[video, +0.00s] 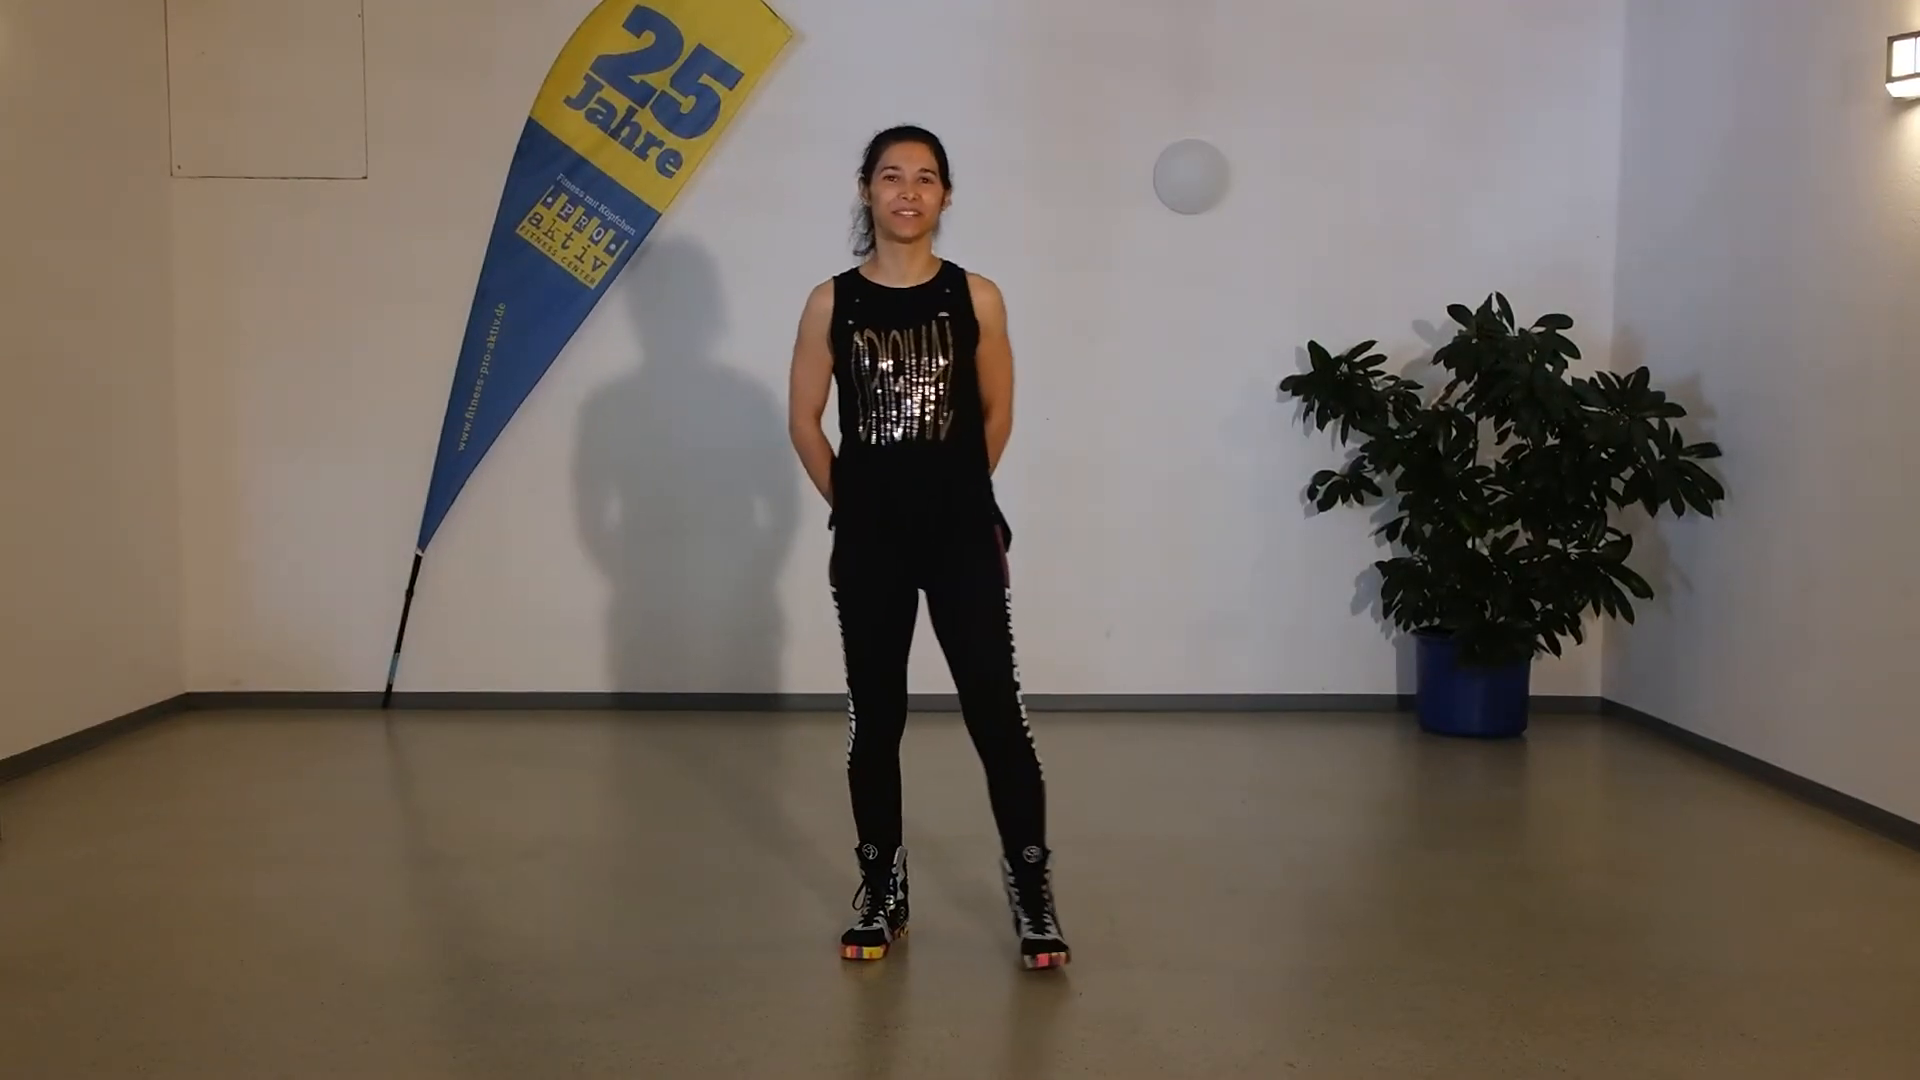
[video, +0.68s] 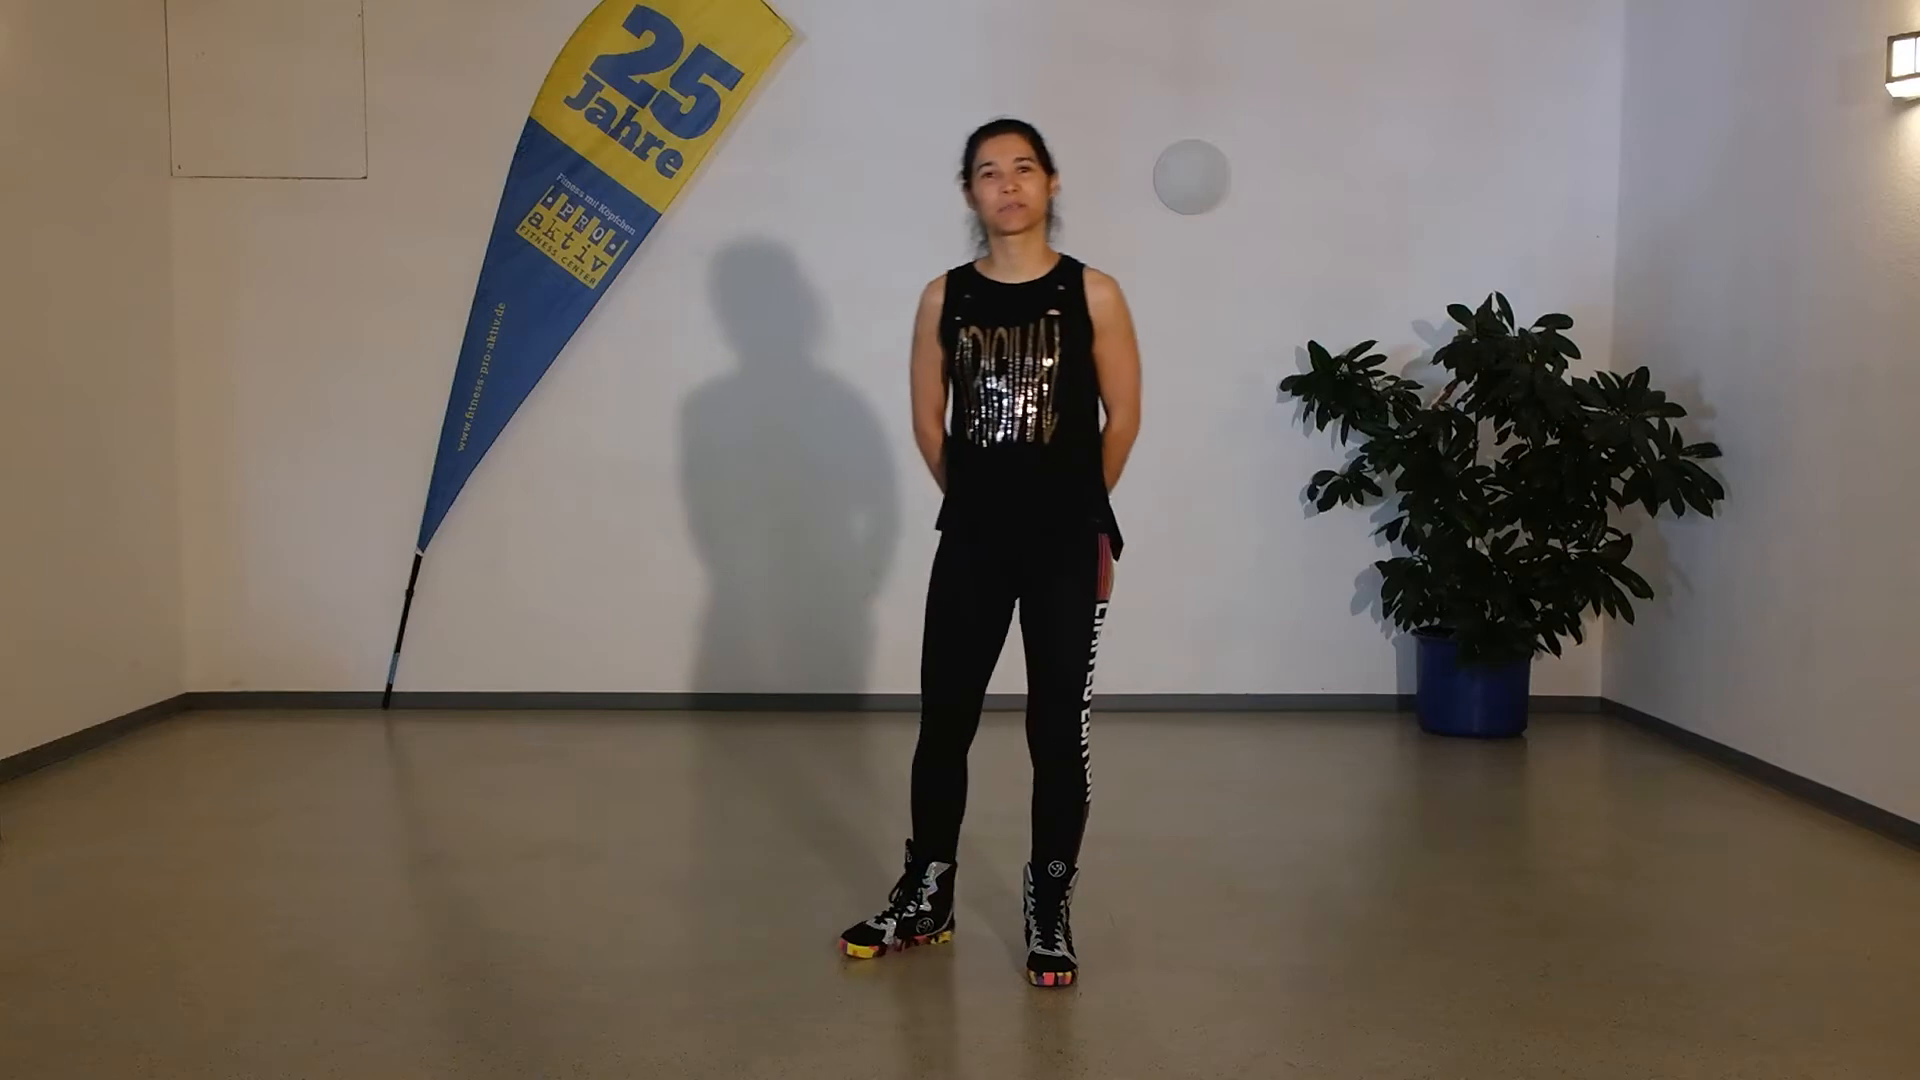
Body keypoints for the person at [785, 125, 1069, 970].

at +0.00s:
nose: (908, 191)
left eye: (924, 179)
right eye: (893, 177)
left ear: (945, 198)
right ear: (866, 193)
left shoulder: (976, 296)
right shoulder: (831, 303)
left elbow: (997, 416)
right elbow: (805, 424)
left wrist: (958, 490)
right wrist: (852, 504)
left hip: (960, 524)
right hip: (869, 527)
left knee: (995, 712)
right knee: (875, 717)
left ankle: (1033, 897)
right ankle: (882, 894)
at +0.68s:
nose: (1005, 182)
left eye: (1022, 169)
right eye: (988, 172)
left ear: (1051, 187)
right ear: (969, 195)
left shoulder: (1092, 293)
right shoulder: (944, 297)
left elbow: (1124, 416)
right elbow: (930, 425)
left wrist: (1084, 508)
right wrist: (972, 504)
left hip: (1067, 531)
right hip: (973, 528)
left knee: (1056, 727)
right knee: (945, 716)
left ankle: (1048, 912)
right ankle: (926, 895)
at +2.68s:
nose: (922, 201)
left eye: (936, 186)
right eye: (904, 192)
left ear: (964, 198)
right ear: (888, 211)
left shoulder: (1001, 307)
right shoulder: (861, 301)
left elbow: (1012, 431)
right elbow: (822, 422)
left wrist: (968, 502)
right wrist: (860, 517)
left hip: (971, 535)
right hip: (883, 536)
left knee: (1007, 717)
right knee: (901, 720)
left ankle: (993, 902)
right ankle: (915, 886)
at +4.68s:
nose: (937, 206)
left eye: (955, 196)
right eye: (923, 191)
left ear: (973, 215)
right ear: (899, 204)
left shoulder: (996, 307)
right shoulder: (854, 300)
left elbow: (1015, 426)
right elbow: (829, 423)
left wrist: (970, 503)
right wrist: (864, 501)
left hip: (962, 534)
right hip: (871, 534)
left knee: (989, 717)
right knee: (892, 716)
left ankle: (996, 899)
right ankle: (912, 885)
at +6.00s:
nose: (914, 206)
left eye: (930, 193)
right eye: (899, 194)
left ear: (956, 209)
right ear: (880, 210)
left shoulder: (987, 309)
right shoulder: (846, 303)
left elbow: (1009, 431)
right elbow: (821, 427)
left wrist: (967, 517)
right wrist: (857, 501)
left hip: (950, 540)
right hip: (858, 540)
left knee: (980, 725)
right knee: (886, 723)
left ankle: (994, 903)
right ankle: (910, 886)